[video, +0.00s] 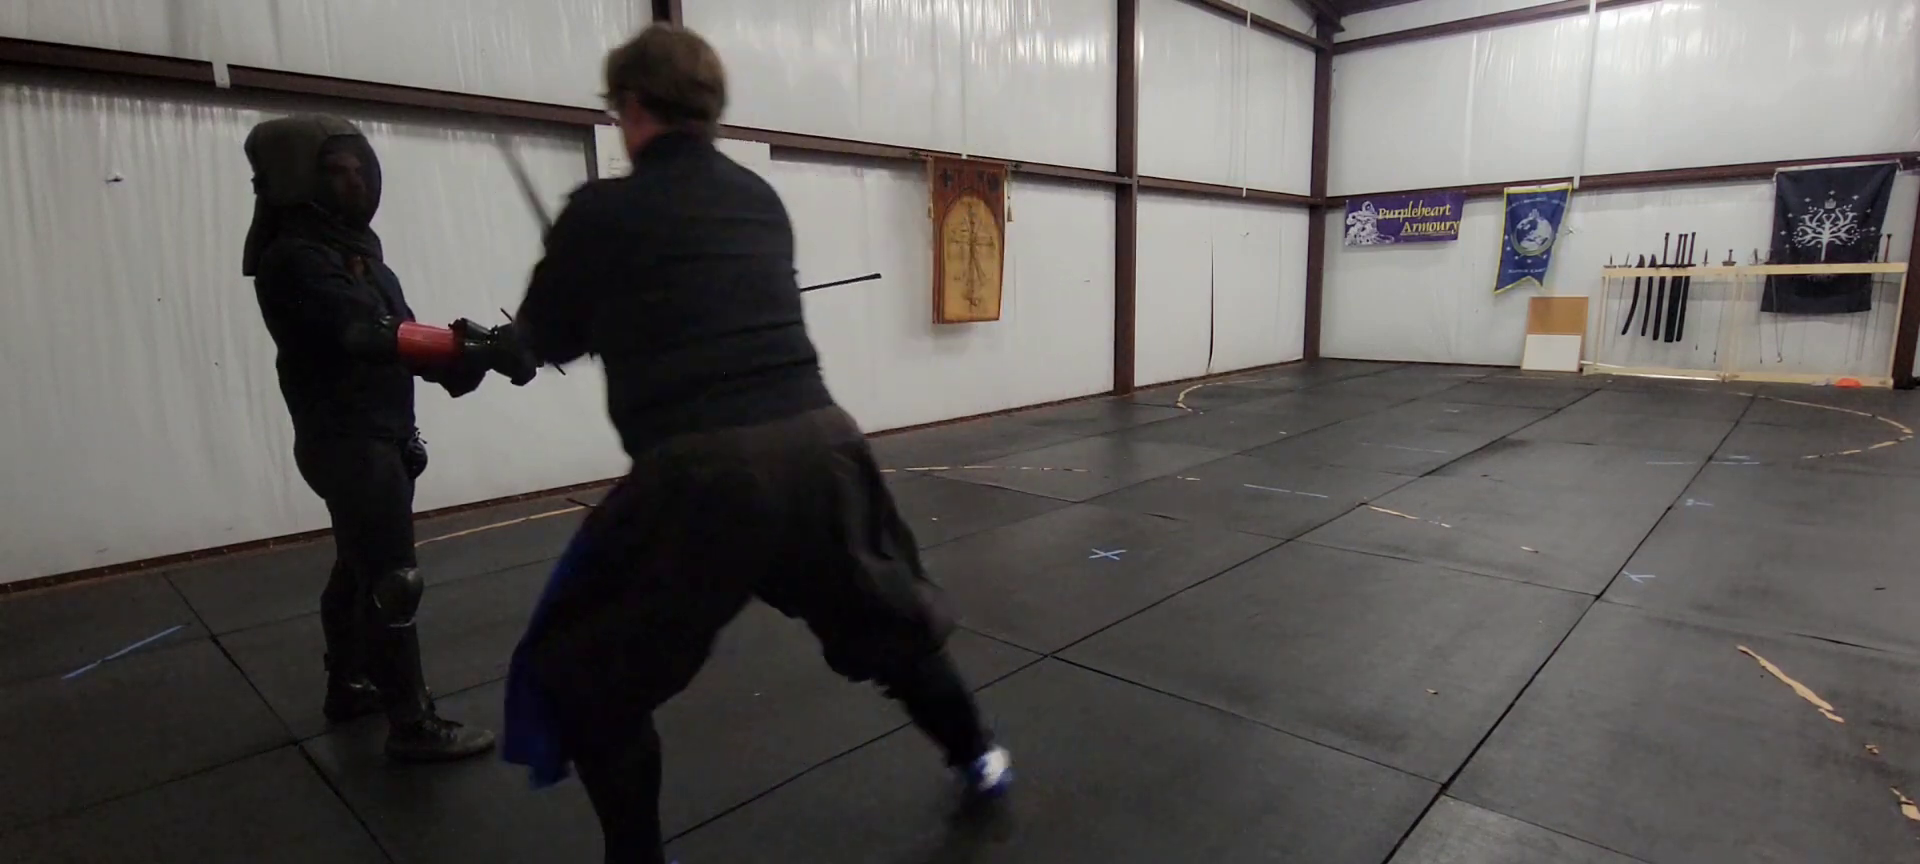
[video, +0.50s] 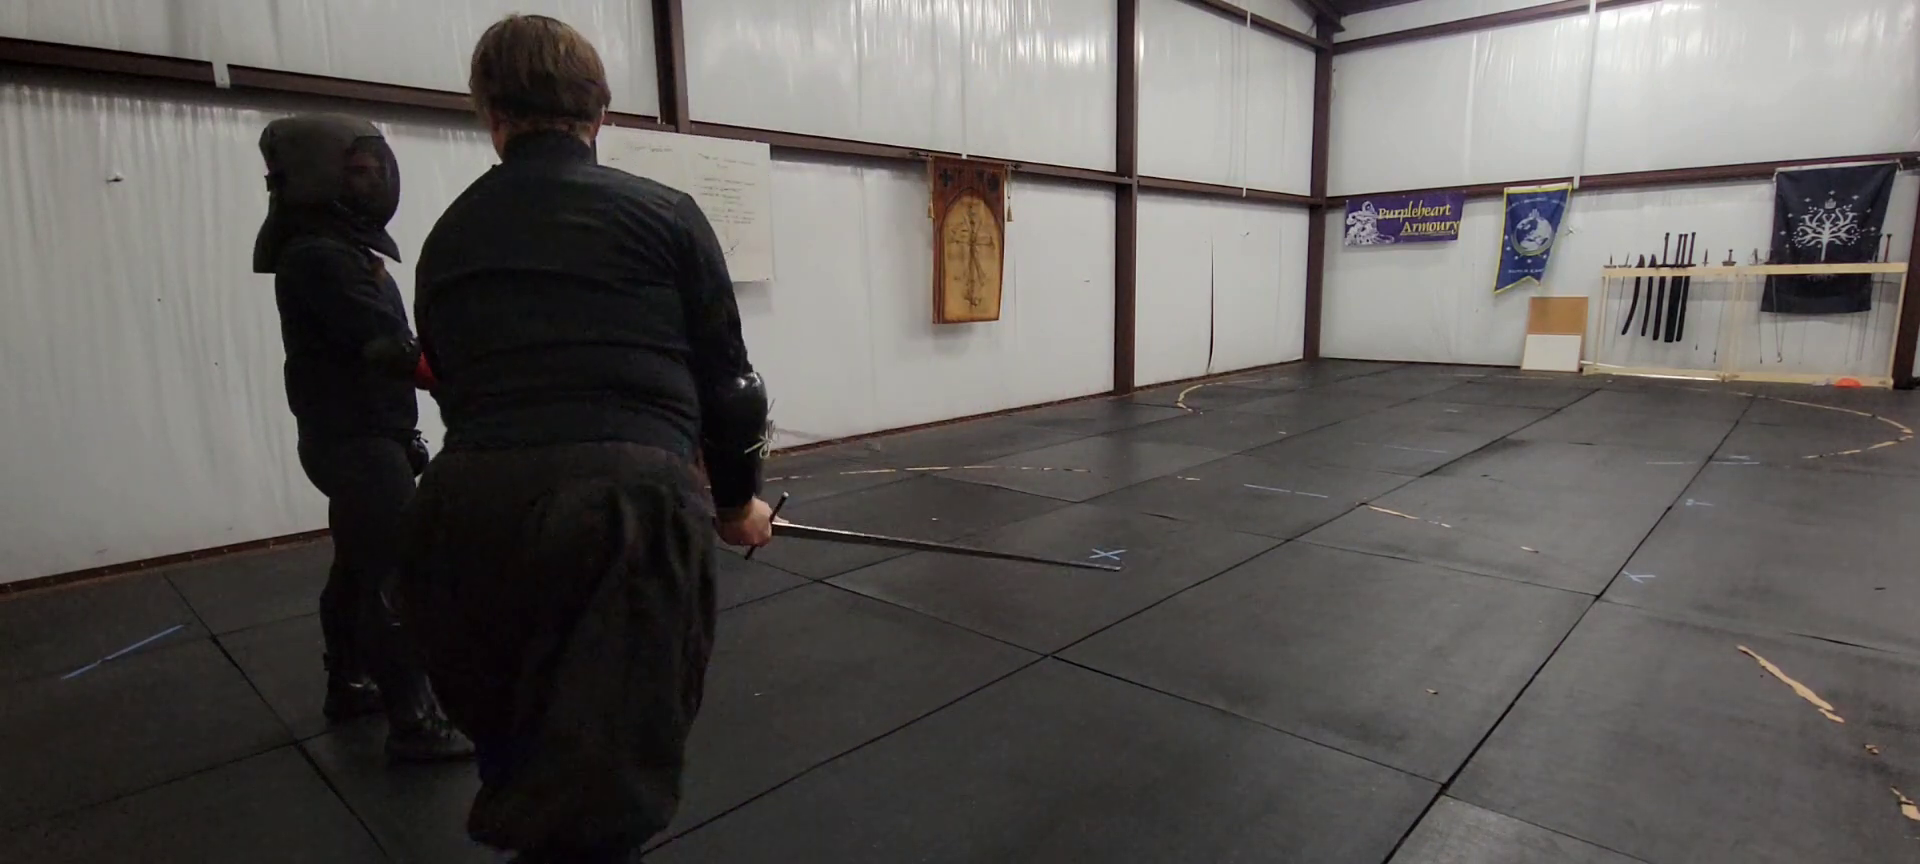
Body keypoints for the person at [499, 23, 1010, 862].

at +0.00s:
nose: (616, 119)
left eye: (618, 106)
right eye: (617, 106)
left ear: (635, 109)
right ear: (711, 109)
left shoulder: (599, 212)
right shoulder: (757, 195)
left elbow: (546, 335)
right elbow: (723, 299)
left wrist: (625, 278)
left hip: (695, 479)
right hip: (817, 453)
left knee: (598, 672)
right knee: (886, 617)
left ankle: (635, 847)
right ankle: (978, 762)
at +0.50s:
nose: (484, 125)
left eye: (484, 111)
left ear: (493, 119)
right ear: (598, 114)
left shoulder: (448, 233)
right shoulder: (666, 212)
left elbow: (450, 384)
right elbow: (727, 384)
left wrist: (521, 443)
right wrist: (739, 500)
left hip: (475, 497)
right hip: (636, 489)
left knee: (512, 746)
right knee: (615, 770)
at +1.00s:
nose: (459, 89)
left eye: (459, 77)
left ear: (467, 82)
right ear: (581, 81)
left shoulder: (420, 208)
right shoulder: (652, 192)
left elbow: (410, 357)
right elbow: (722, 369)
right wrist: (708, 471)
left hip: (450, 496)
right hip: (614, 491)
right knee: (600, 786)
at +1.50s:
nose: (529, 79)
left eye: (529, 63)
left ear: (538, 66)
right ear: (633, 63)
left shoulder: (483, 186)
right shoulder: (704, 166)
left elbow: (437, 354)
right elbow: (766, 325)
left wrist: (536, 397)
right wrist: (688, 381)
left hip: (581, 459)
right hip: (735, 437)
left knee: (601, 710)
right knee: (784, 672)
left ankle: (618, 854)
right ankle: (845, 846)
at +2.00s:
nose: (764, 53)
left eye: (767, 36)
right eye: (767, 36)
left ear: (789, 40)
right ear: (866, 43)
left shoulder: (785, 166)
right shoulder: (892, 153)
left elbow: (729, 353)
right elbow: (878, 315)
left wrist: (731, 386)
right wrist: (779, 399)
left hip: (859, 464)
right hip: (956, 440)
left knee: (763, 676)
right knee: (900, 662)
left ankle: (765, 848)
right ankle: (924, 845)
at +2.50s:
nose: (947, 54)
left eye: (956, 35)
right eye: (951, 36)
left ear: (997, 37)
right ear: (1012, 40)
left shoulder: (1023, 164)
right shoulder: (1045, 147)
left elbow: (996, 344)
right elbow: (1004, 327)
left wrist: (912, 401)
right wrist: (931, 389)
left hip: (1101, 493)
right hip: (1077, 483)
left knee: (1138, 747)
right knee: (983, 678)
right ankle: (925, 840)